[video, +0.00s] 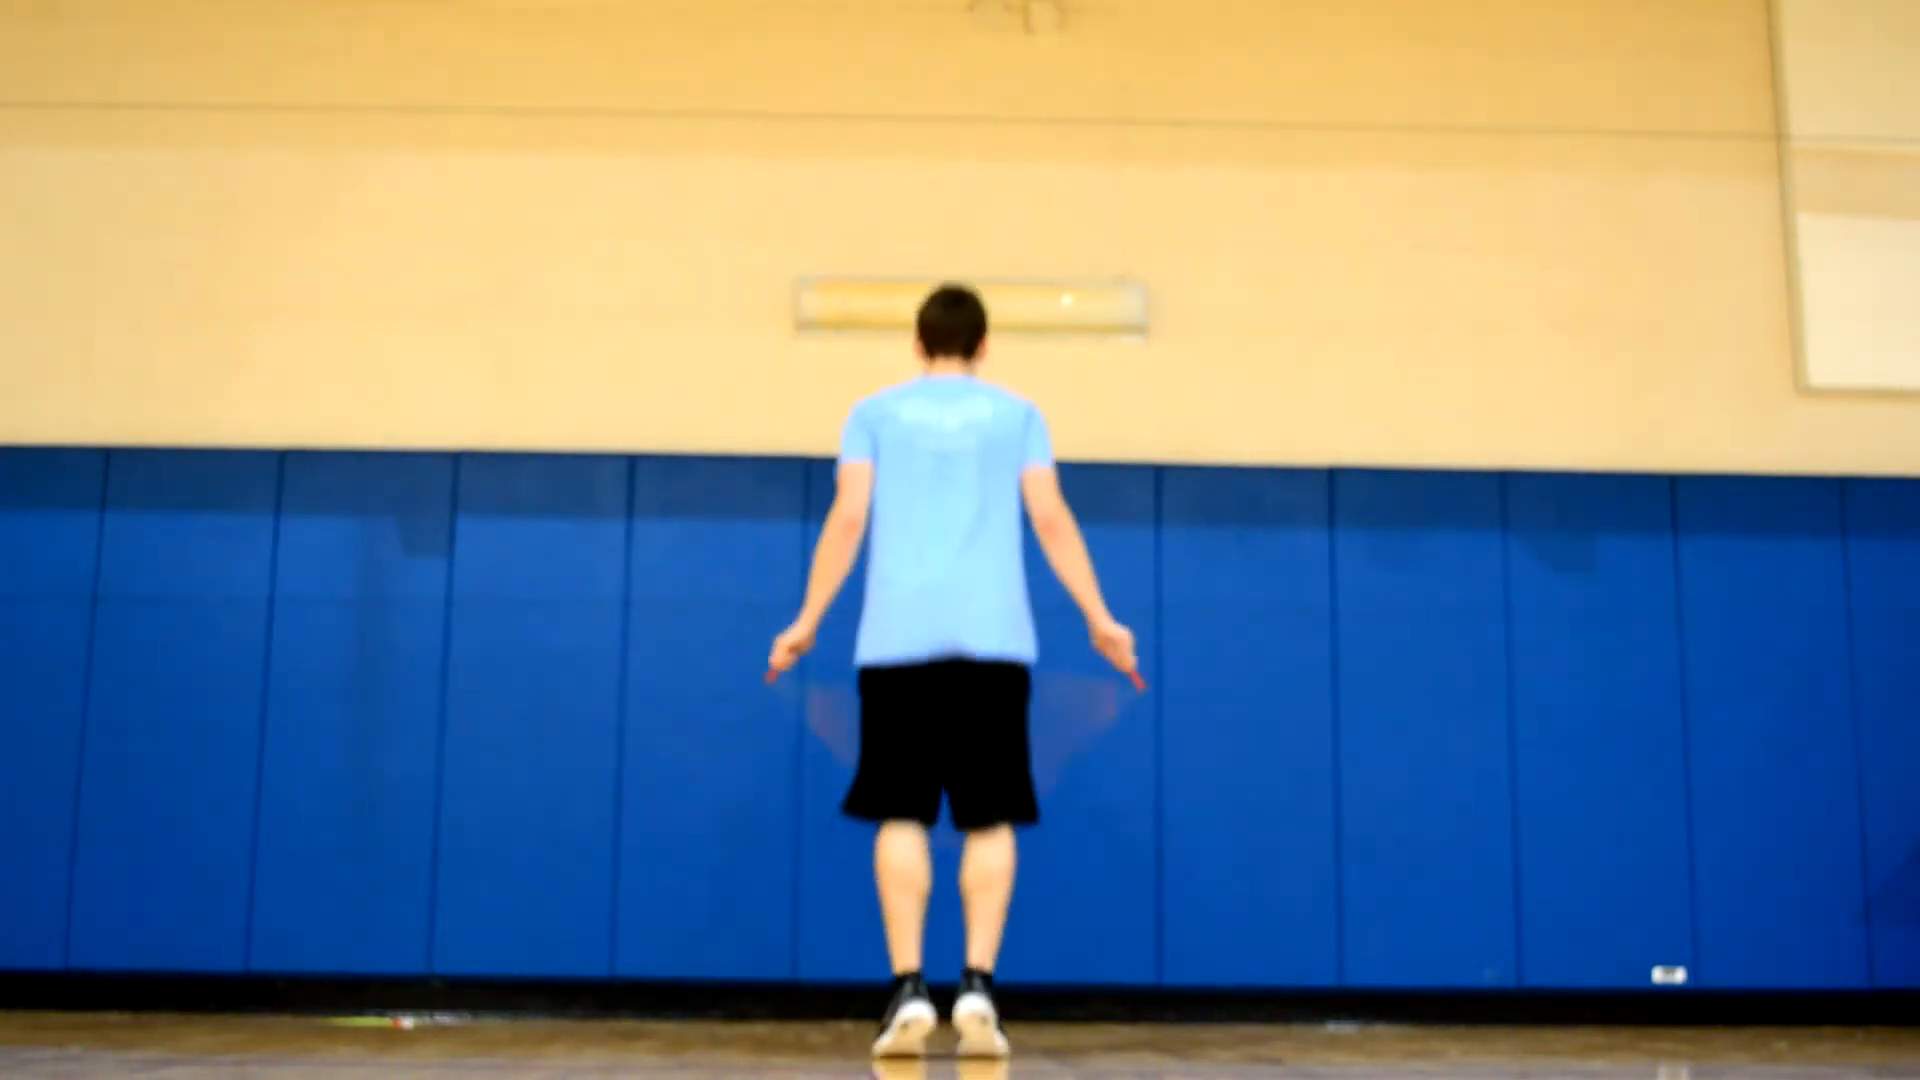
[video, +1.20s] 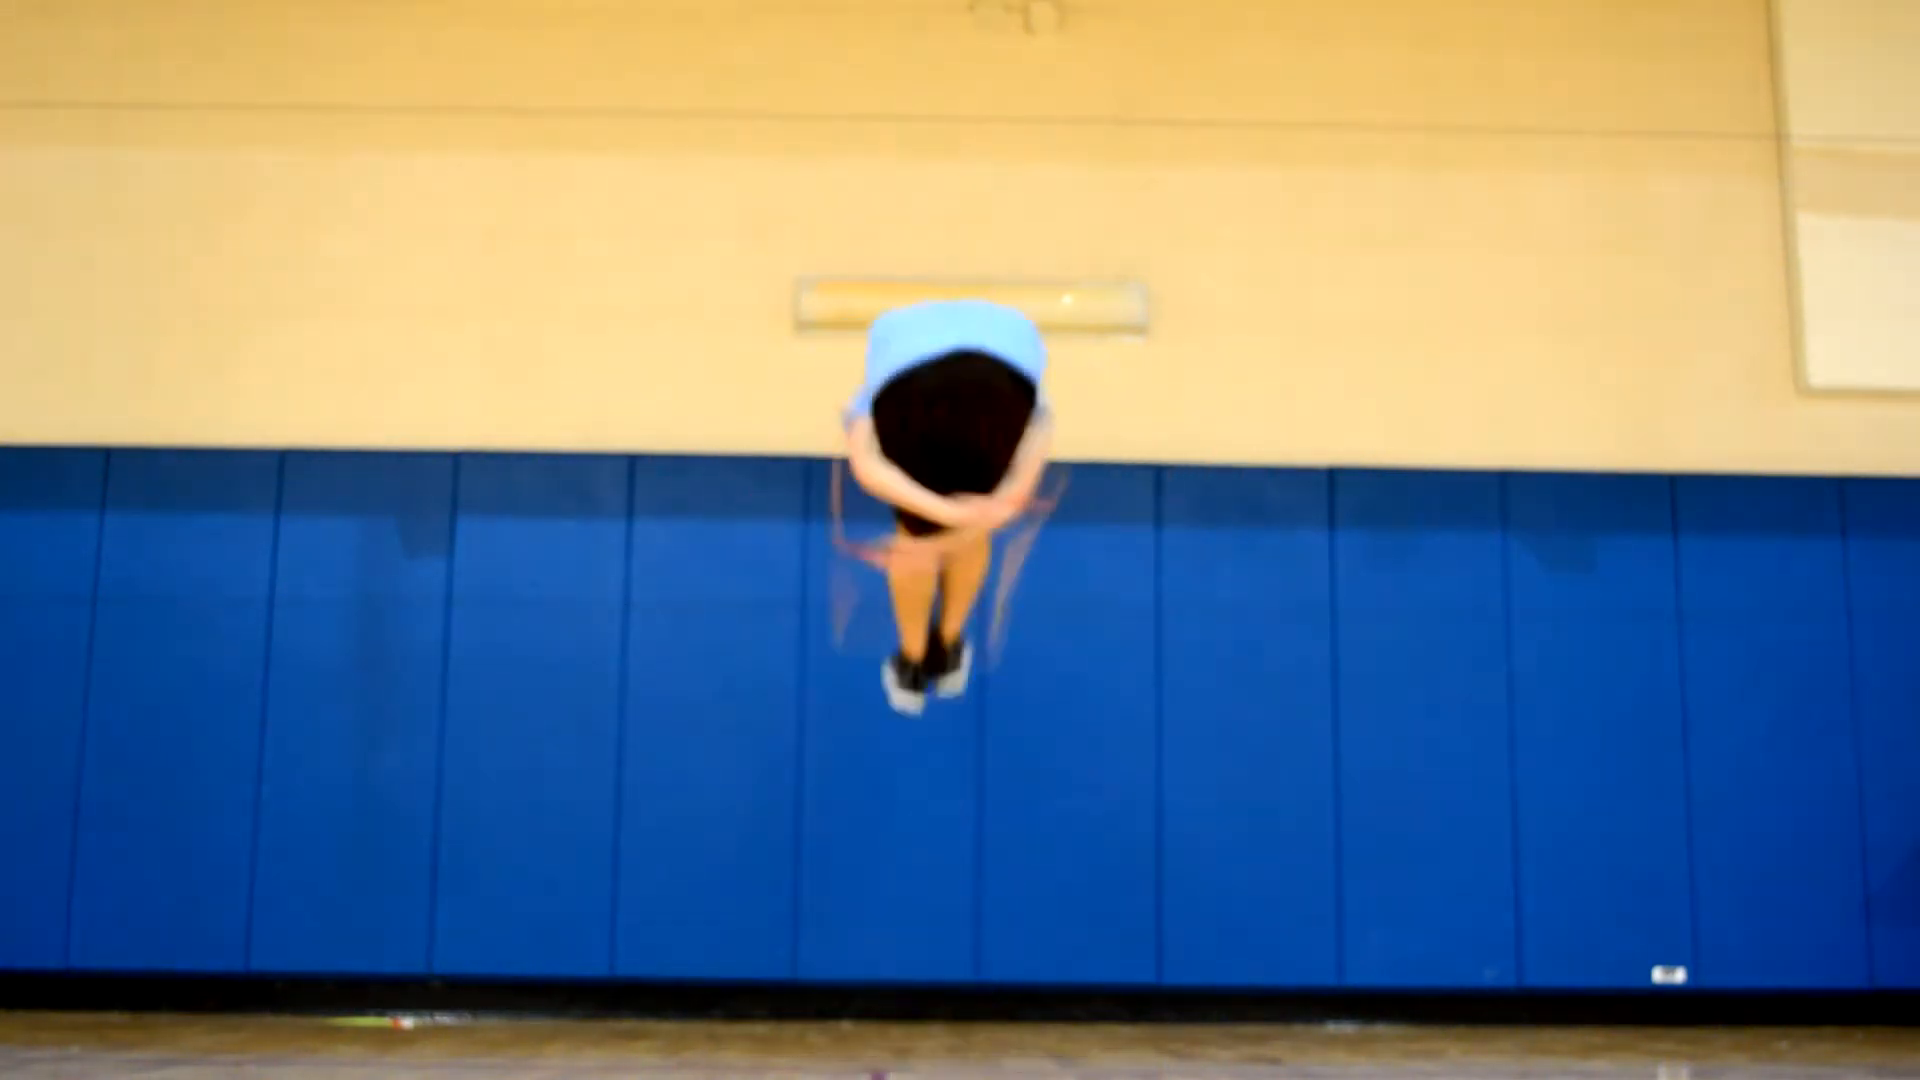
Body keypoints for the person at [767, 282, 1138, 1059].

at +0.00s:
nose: (959, 352)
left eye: (929, 339)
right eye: (976, 341)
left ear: (918, 342)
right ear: (984, 345)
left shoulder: (873, 414)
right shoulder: (1017, 416)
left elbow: (847, 525)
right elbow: (1052, 524)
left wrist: (807, 621)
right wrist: (1099, 620)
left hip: (898, 653)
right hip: (992, 653)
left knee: (901, 817)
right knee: (990, 819)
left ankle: (910, 990)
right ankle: (977, 988)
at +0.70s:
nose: (939, 379)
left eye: (928, 366)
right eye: (971, 369)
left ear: (920, 370)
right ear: (984, 372)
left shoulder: (881, 433)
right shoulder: (1019, 435)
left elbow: (845, 546)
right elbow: (1069, 544)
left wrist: (752, 604)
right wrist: (1167, 598)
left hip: (902, 655)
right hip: (996, 654)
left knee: (908, 821)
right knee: (992, 818)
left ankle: (931, 991)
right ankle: (977, 986)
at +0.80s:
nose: (945, 443)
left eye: (928, 432)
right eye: (971, 433)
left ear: (919, 439)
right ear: (985, 442)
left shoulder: (876, 508)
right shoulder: (1024, 514)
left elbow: (791, 583)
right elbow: (1119, 575)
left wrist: (695, 549)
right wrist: (1209, 538)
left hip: (896, 732)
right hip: (1000, 732)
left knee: (882, 888)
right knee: (1011, 880)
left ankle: (930, 1017)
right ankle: (973, 1014)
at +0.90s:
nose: (953, 385)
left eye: (938, 371)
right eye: (970, 372)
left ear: (922, 372)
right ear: (986, 376)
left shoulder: (878, 425)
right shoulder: (1023, 436)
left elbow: (794, 486)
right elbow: (1113, 493)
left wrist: (712, 476)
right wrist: (1190, 480)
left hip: (897, 669)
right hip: (990, 671)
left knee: (900, 826)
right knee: (989, 829)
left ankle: (923, 990)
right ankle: (976, 989)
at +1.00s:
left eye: (934, 297)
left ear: (921, 297)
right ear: (985, 301)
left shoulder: (885, 326)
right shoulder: (1021, 341)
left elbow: (795, 410)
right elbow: (1107, 428)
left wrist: (743, 467)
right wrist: (1174, 488)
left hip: (900, 542)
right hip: (991, 545)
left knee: (910, 701)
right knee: (978, 701)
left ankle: (919, 874)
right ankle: (967, 868)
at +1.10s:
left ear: (917, 300)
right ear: (977, 300)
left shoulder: (884, 320)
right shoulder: (1019, 326)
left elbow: (827, 419)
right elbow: (1073, 436)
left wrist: (804, 515)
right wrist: (1104, 533)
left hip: (909, 452)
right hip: (996, 452)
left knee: (913, 600)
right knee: (974, 595)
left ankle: (904, 761)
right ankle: (954, 750)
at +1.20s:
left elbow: (867, 468)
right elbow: (1013, 500)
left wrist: (952, 514)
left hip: (909, 372)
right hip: (1003, 369)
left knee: (916, 536)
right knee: (970, 529)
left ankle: (914, 665)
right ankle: (949, 655)